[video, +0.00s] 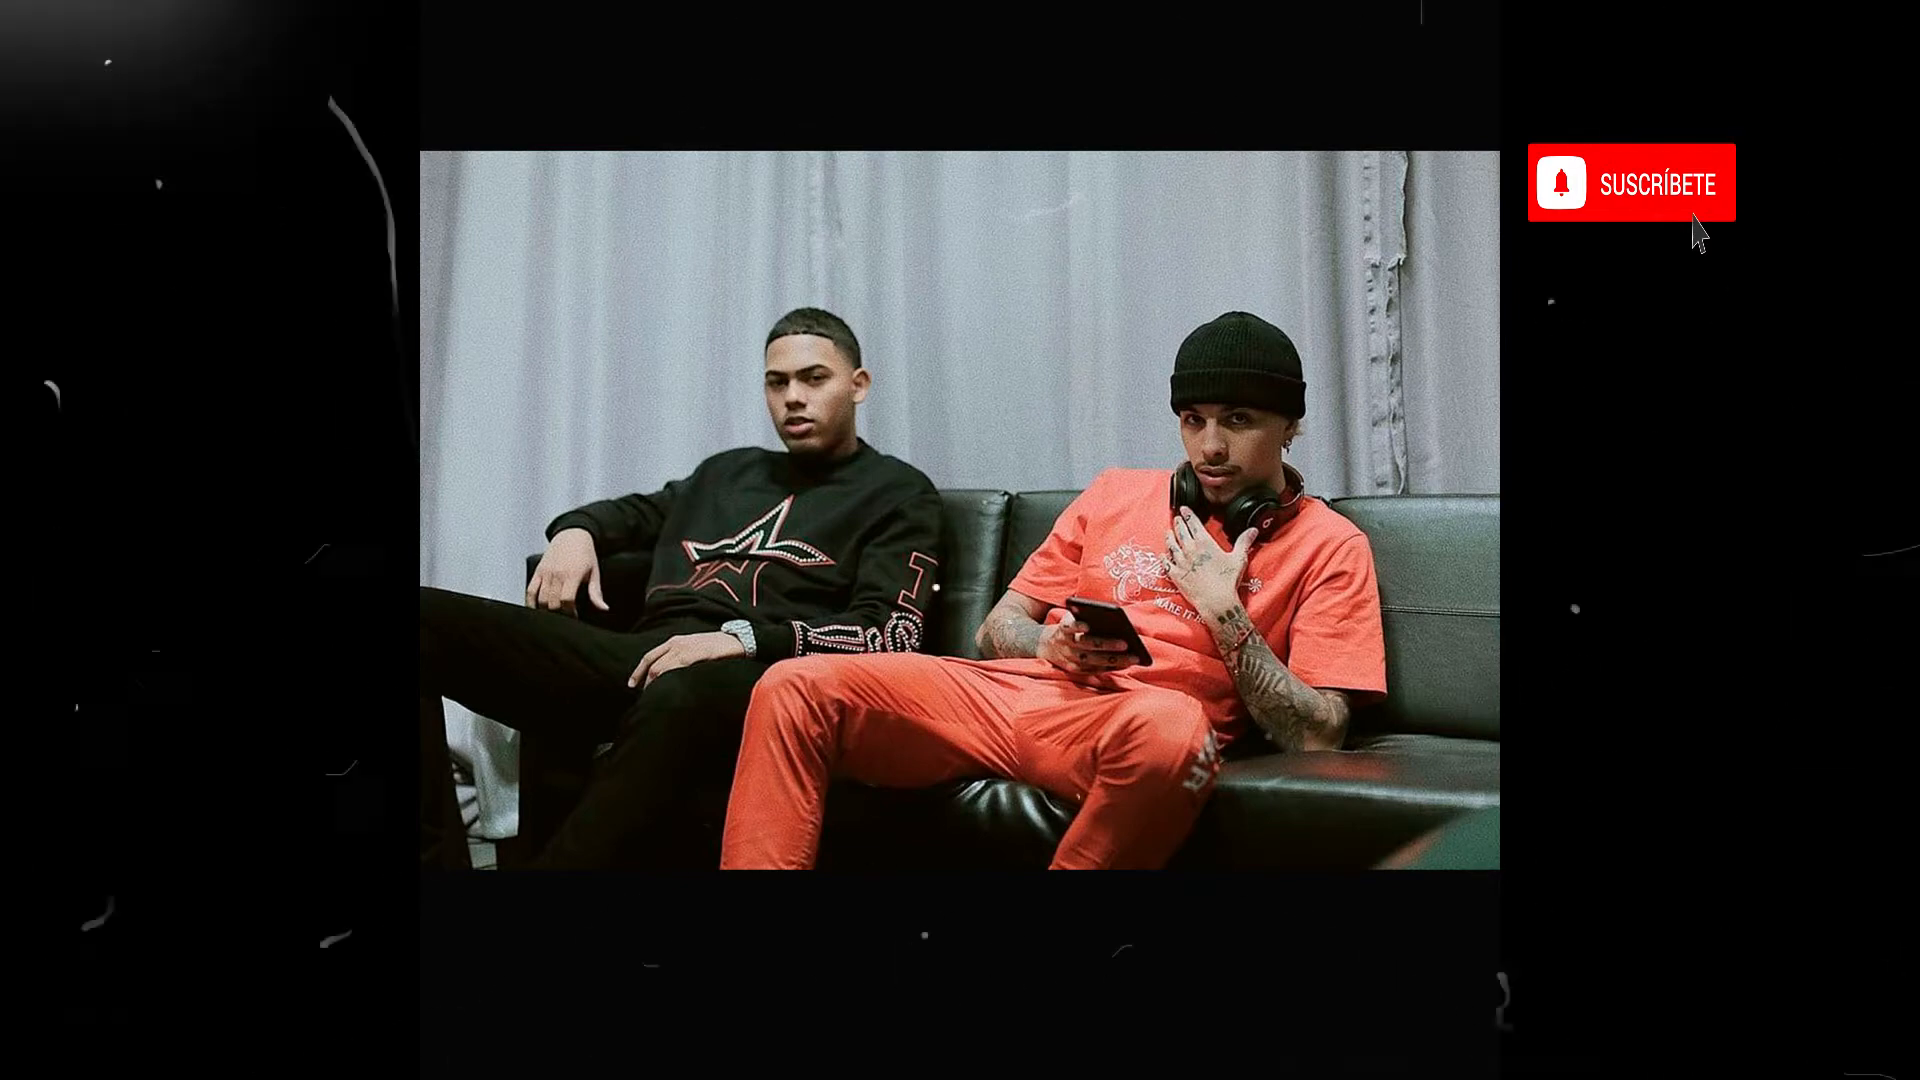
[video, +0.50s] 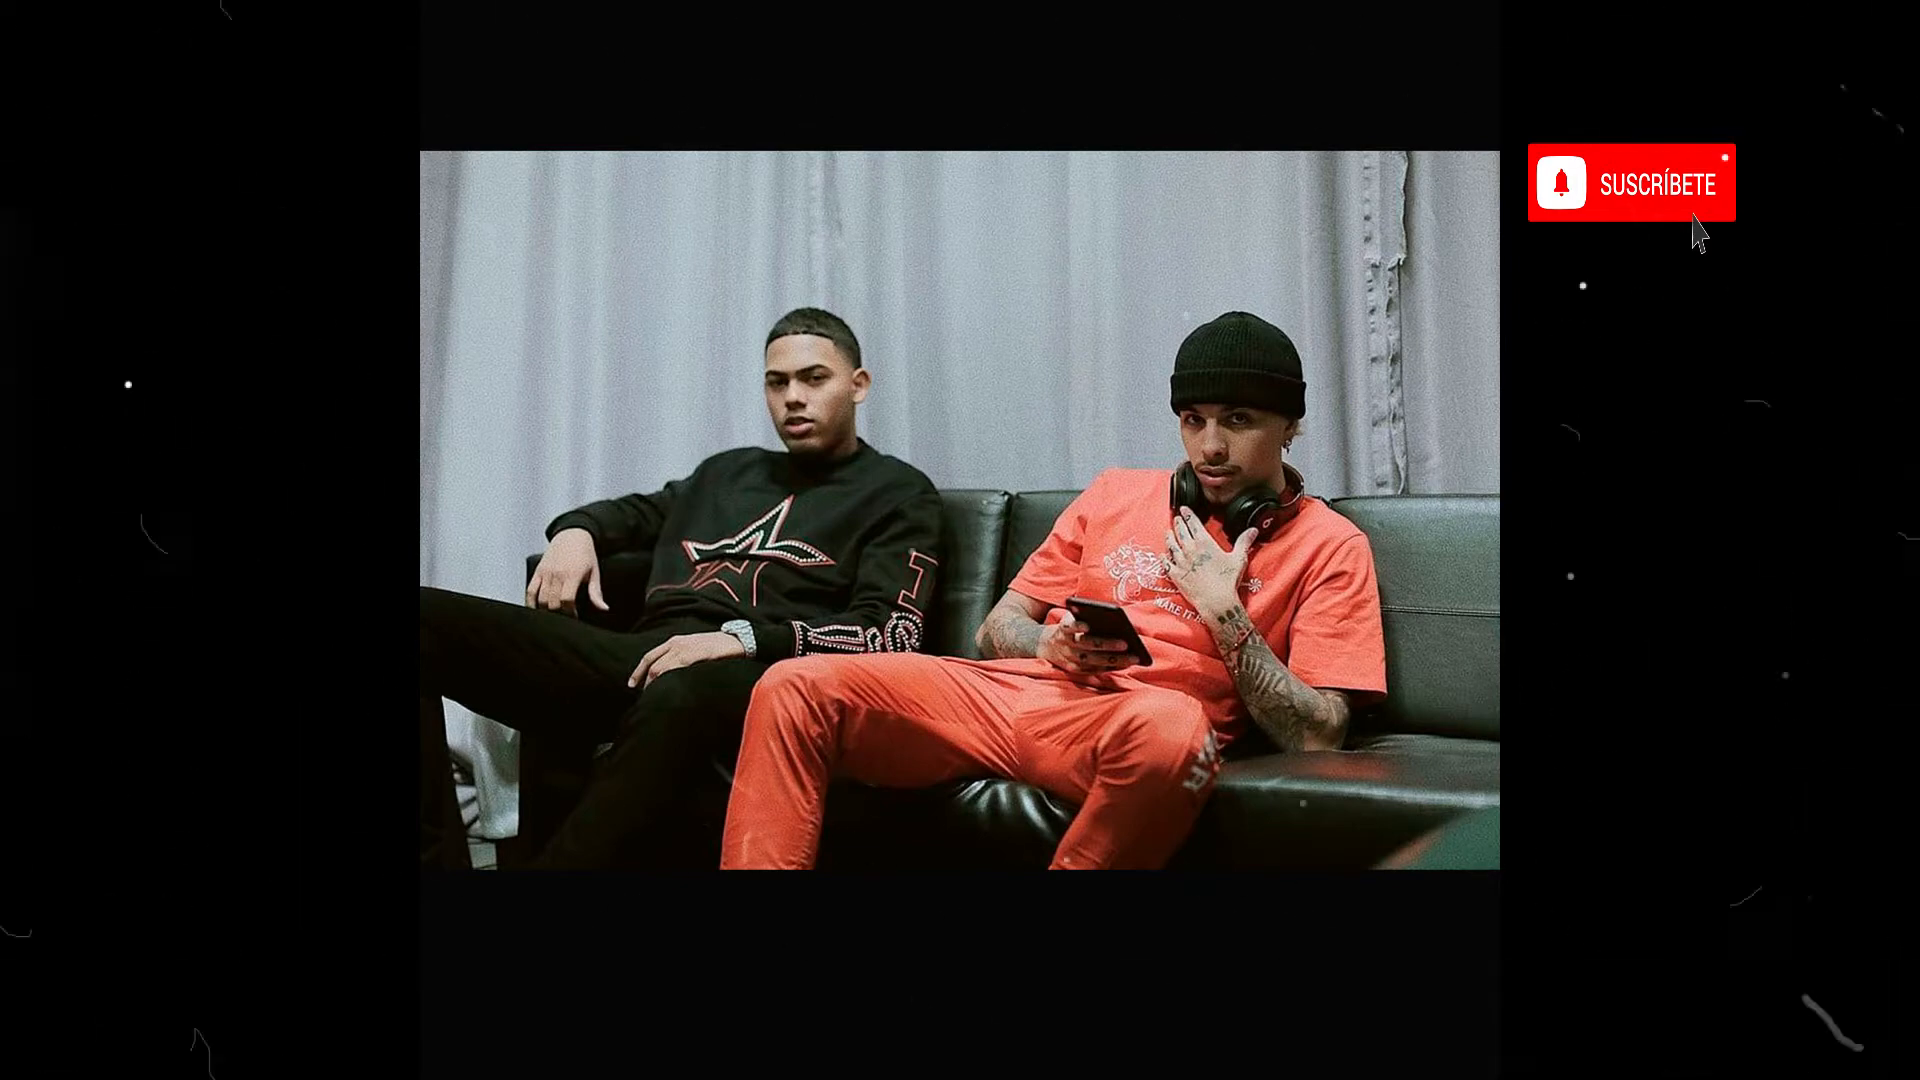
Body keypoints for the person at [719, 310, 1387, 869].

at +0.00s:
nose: (1210, 445)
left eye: (1238, 421)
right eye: (1196, 419)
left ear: (1289, 429)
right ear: (1179, 422)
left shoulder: (1328, 546)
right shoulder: (1118, 492)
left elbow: (1318, 734)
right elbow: (999, 626)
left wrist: (1227, 614)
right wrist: (1050, 647)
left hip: (1133, 707)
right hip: (1014, 685)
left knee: (1170, 747)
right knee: (792, 693)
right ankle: (758, 918)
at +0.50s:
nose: (1210, 445)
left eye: (1238, 421)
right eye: (1195, 419)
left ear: (1288, 429)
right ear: (1179, 422)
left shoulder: (1329, 546)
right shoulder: (1118, 493)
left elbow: (1318, 735)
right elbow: (999, 626)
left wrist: (1227, 615)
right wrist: (1051, 647)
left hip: (1131, 708)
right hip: (1013, 685)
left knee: (1171, 745)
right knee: (792, 693)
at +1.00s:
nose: (1210, 445)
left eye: (1238, 421)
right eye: (1196, 419)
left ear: (1289, 428)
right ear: (1179, 422)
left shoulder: (1328, 546)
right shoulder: (1118, 493)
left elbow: (1318, 734)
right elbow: (999, 626)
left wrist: (1226, 614)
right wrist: (1050, 647)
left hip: (1133, 708)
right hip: (1014, 685)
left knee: (1170, 747)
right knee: (792, 693)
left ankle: (1042, 954)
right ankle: (762, 942)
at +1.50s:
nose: (1210, 445)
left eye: (1238, 421)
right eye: (1196, 419)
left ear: (1289, 429)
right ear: (1179, 422)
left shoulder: (1328, 546)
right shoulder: (1118, 492)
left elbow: (1318, 734)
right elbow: (999, 626)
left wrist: (1226, 614)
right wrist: (1050, 647)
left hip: (1130, 709)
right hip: (1013, 685)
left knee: (1171, 746)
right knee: (792, 693)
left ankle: (1036, 960)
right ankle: (758, 925)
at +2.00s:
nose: (1211, 445)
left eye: (1238, 421)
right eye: (1196, 419)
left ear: (1289, 429)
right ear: (1178, 422)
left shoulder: (1329, 545)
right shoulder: (1118, 492)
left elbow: (1318, 735)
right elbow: (999, 627)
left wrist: (1227, 615)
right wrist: (1050, 647)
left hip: (1129, 709)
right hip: (1013, 686)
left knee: (1171, 746)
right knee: (792, 693)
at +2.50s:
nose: (1210, 445)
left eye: (1238, 421)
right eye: (1196, 419)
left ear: (1289, 429)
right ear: (1179, 422)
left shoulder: (1328, 546)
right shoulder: (1118, 493)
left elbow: (1318, 734)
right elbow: (999, 626)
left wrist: (1226, 614)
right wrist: (1050, 646)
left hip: (1132, 708)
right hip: (1013, 685)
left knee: (1170, 747)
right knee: (792, 693)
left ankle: (1047, 951)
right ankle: (756, 951)